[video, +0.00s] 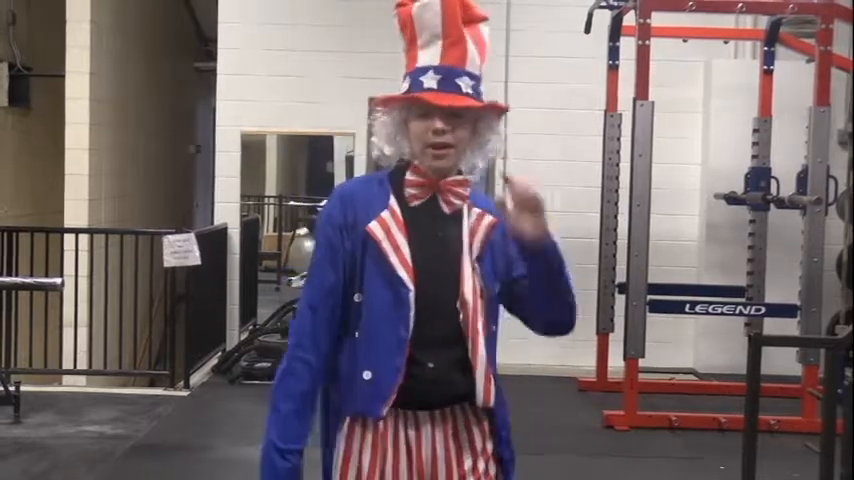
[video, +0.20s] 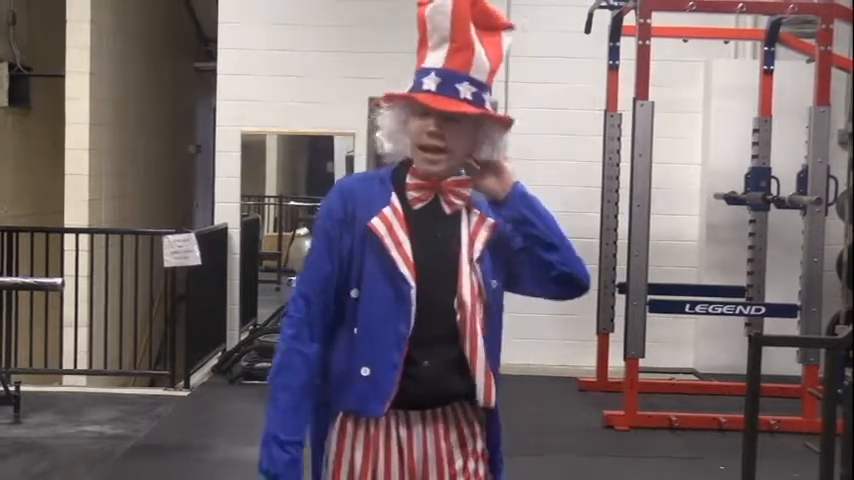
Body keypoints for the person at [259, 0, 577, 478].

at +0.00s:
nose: (440, 129)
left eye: (455, 117)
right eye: (426, 115)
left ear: (475, 129)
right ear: (404, 124)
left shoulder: (489, 216)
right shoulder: (354, 205)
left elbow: (555, 321)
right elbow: (312, 336)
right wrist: (280, 459)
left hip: (467, 429)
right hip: (375, 431)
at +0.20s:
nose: (433, 129)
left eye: (452, 117)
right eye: (422, 113)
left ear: (480, 134)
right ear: (405, 120)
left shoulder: (487, 214)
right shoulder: (354, 200)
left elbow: (570, 281)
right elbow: (305, 327)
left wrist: (508, 194)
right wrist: (281, 458)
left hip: (458, 431)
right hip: (367, 433)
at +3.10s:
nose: (415, 107)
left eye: (433, 99)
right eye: (402, 95)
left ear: (457, 120)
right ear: (382, 111)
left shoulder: (474, 211)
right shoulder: (334, 208)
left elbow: (542, 286)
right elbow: (298, 347)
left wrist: (490, 182)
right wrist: (286, 467)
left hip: (455, 438)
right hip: (358, 441)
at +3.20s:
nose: (415, 108)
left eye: (433, 99)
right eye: (402, 95)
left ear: (456, 121)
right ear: (383, 111)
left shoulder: (475, 211)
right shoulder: (334, 208)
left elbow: (541, 286)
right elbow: (298, 347)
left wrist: (489, 183)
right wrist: (288, 467)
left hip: (455, 438)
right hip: (358, 442)